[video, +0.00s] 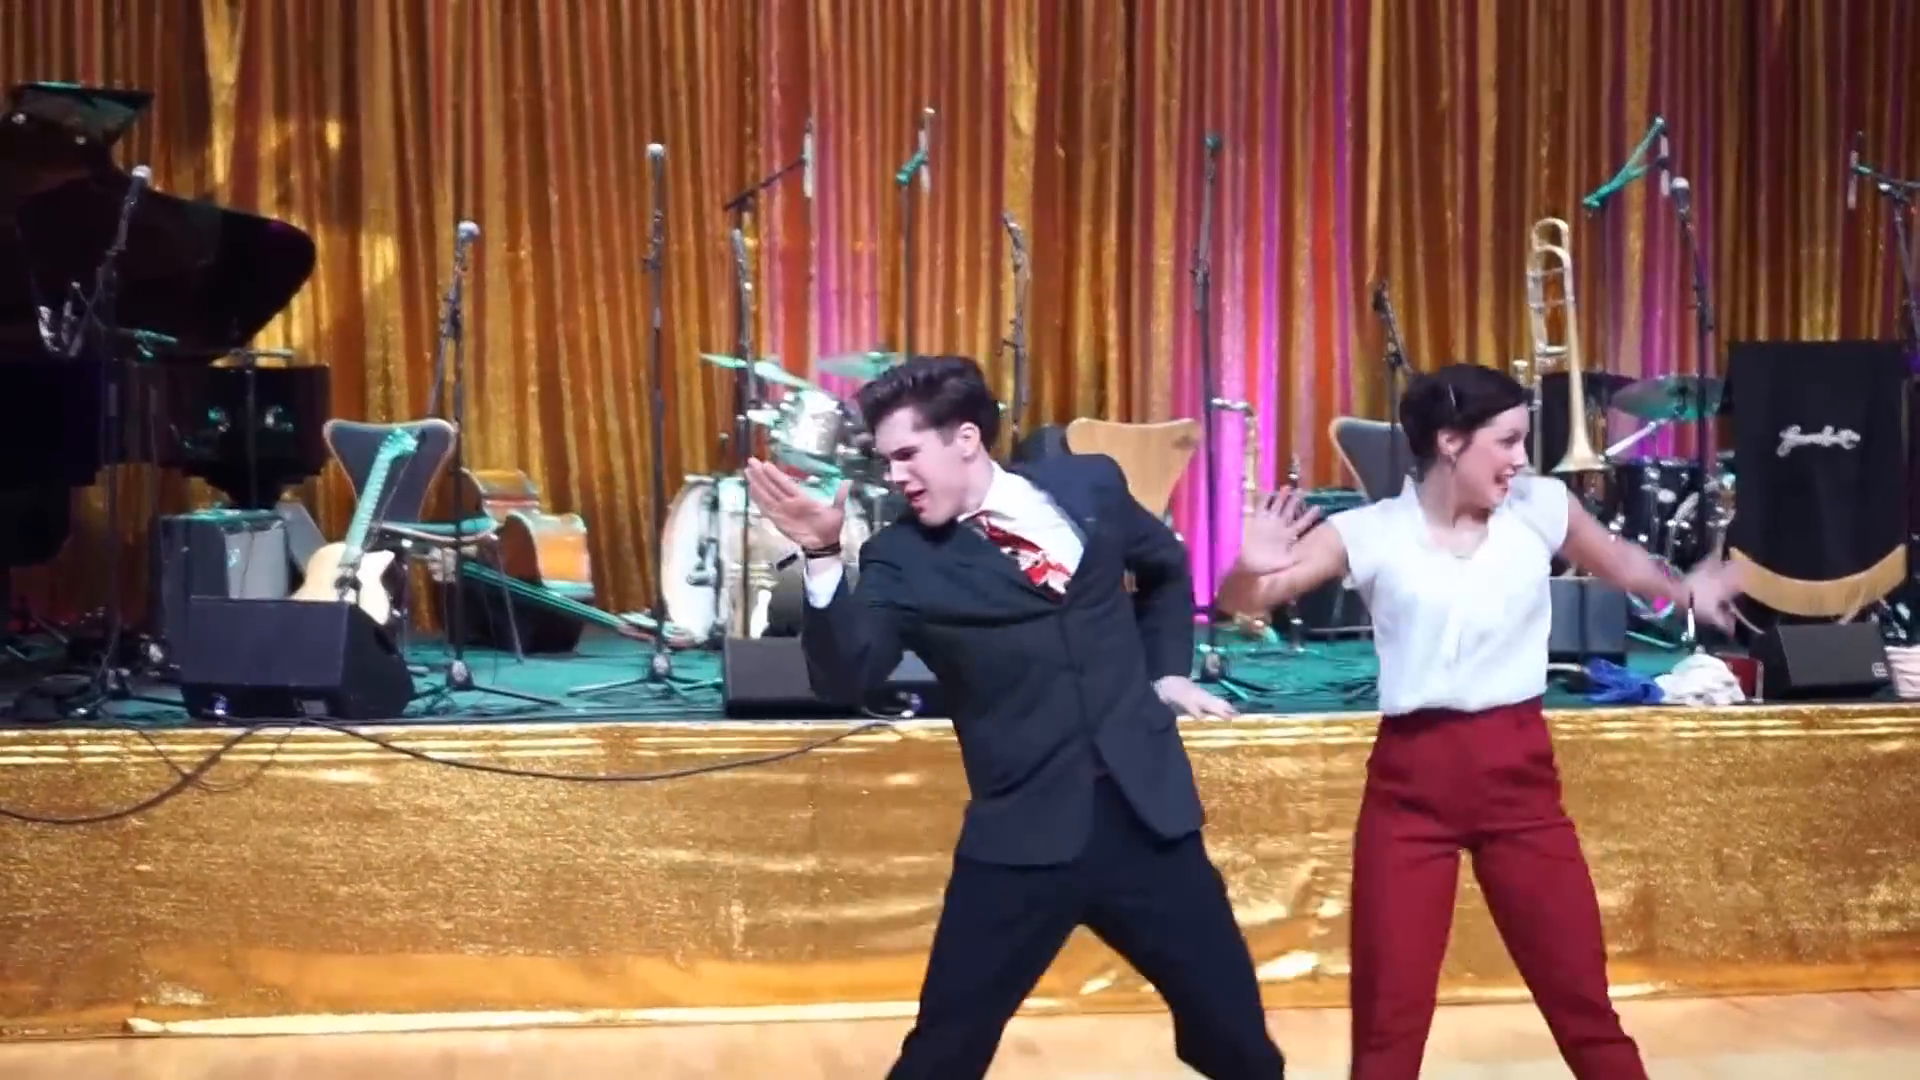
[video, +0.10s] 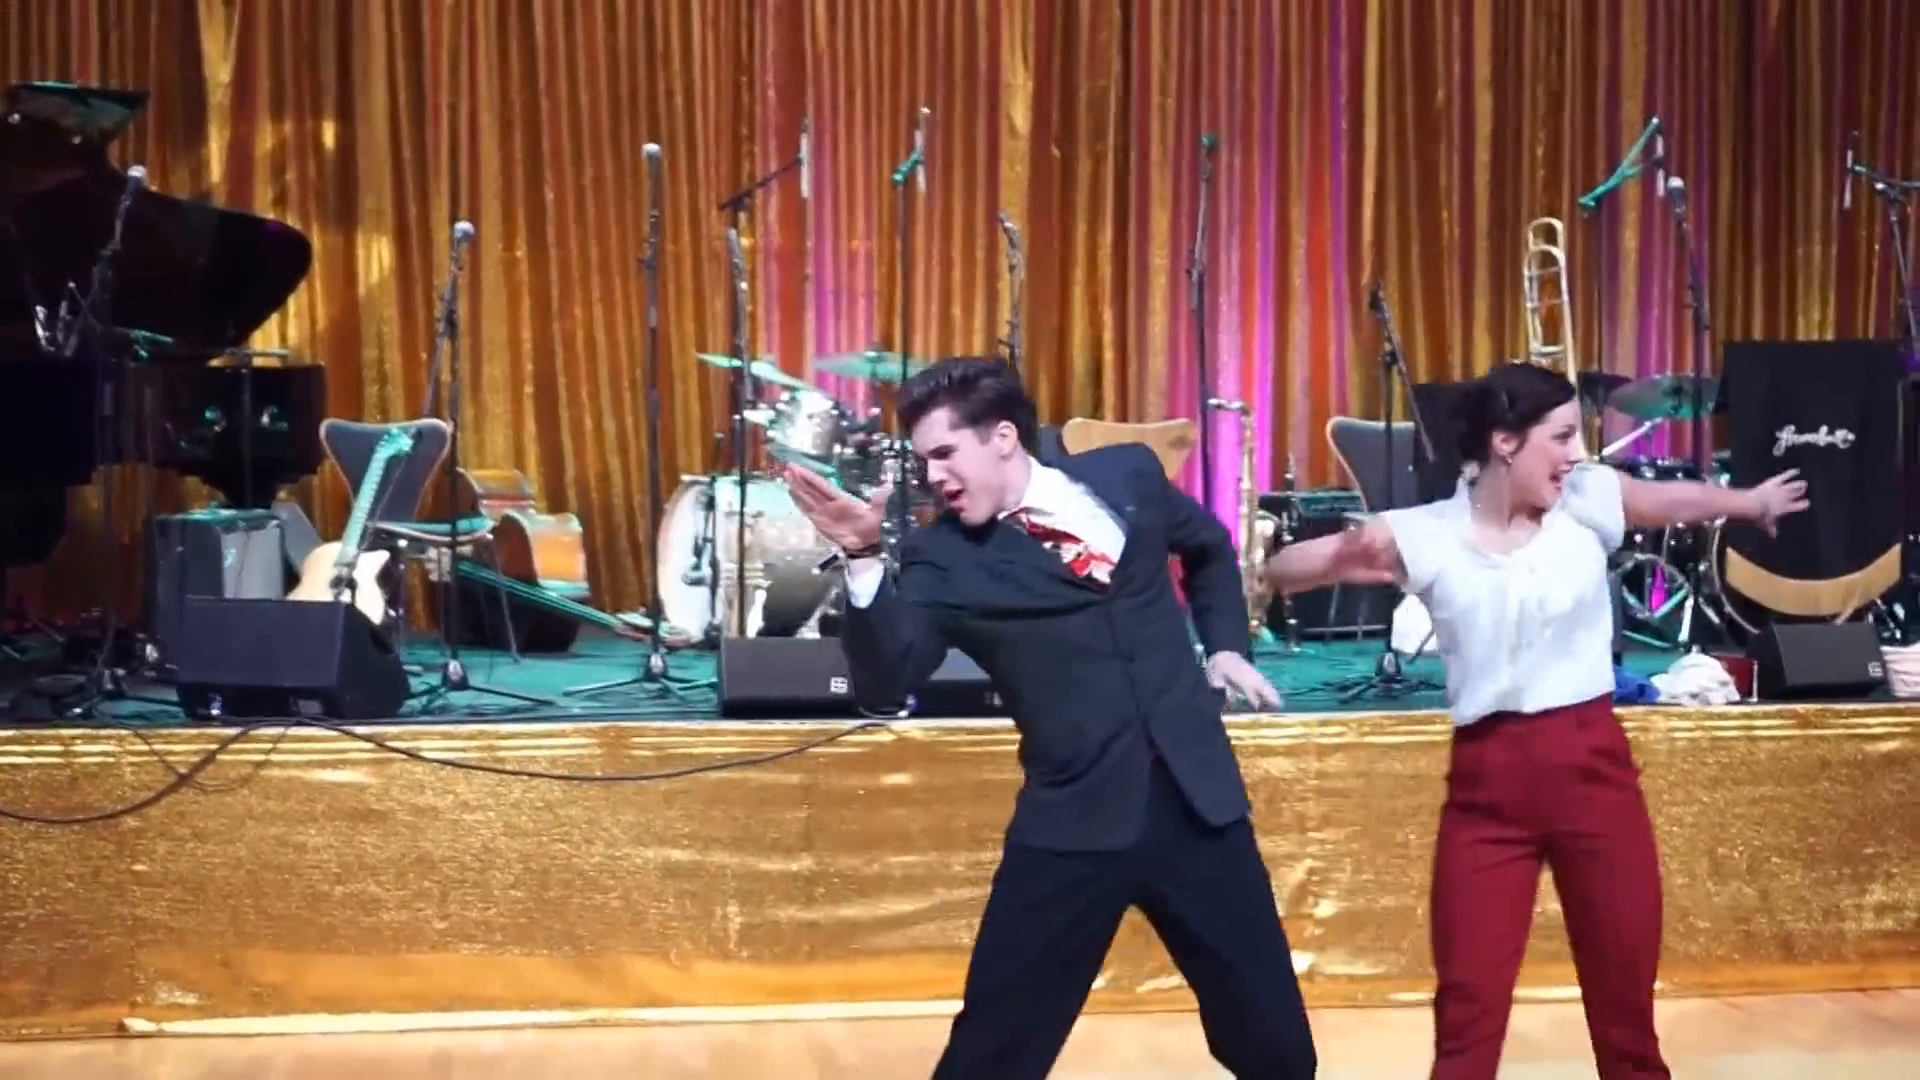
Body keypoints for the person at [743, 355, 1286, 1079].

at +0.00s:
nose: (896, 478)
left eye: (907, 454)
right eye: (885, 462)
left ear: (969, 439)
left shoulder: (1088, 484)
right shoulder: (900, 558)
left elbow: (1165, 562)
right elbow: (843, 680)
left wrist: (1171, 671)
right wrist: (823, 558)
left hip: (1149, 816)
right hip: (1020, 834)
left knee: (1240, 1050)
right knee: (944, 1055)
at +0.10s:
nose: (934, 478)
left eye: (944, 453)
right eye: (924, 461)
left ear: (1006, 438)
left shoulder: (1128, 474)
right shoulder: (941, 559)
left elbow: (1208, 546)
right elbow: (882, 686)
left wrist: (1227, 646)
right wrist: (863, 561)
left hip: (1199, 803)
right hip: (1072, 821)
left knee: (1280, 1052)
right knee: (992, 1057)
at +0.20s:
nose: (964, 455)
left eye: (977, 432)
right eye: (957, 438)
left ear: (1041, 420)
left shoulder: (1158, 452)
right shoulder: (974, 543)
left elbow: (1238, 516)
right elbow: (925, 682)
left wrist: (1243, 617)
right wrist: (922, 575)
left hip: (1222, 782)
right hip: (1099, 799)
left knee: (1278, 1025)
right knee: (1035, 1041)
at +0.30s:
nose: (1018, 447)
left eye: (1034, 425)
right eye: (1007, 429)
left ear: (1094, 418)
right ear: (999, 430)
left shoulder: (1194, 476)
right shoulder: (996, 531)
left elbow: (1258, 576)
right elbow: (985, 713)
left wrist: (1267, 678)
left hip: (1215, 796)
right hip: (1093, 815)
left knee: (1284, 1037)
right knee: (1092, 1051)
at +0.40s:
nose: (1129, 456)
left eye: (1144, 436)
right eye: (1109, 438)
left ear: (1168, 440)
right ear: (1074, 447)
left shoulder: (1228, 553)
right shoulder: (1022, 567)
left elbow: (1244, 700)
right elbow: (1016, 739)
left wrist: (1275, 767)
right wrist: (1099, 825)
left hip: (1214, 853)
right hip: (1089, 866)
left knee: (1279, 1056)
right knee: (1142, 1066)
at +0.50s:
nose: (1194, 447)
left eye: (1201, 429)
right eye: (1175, 428)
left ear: (1210, 438)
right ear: (1115, 444)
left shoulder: (1225, 567)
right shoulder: (1027, 546)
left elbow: (1228, 742)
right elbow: (947, 674)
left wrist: (1257, 721)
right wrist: (1015, 772)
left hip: (1181, 844)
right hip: (1056, 846)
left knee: (1257, 1059)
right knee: (1073, 1061)